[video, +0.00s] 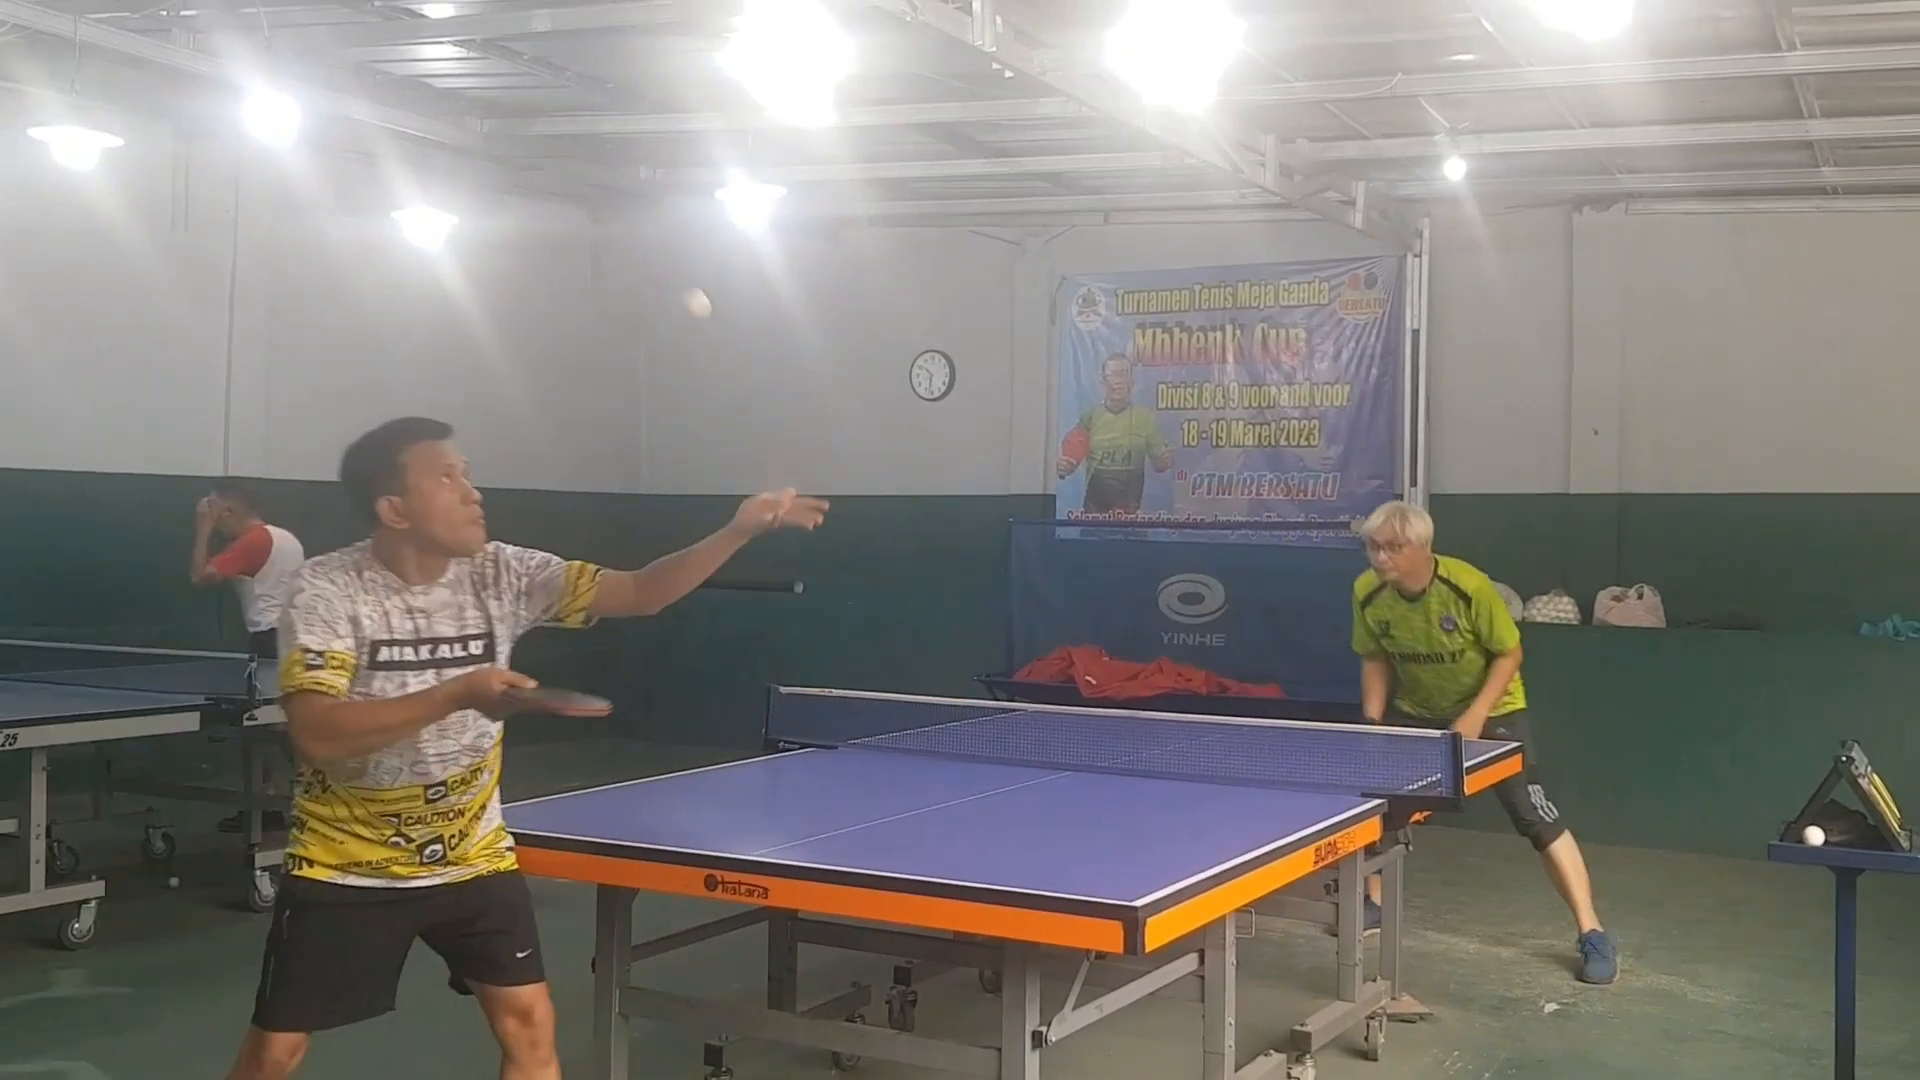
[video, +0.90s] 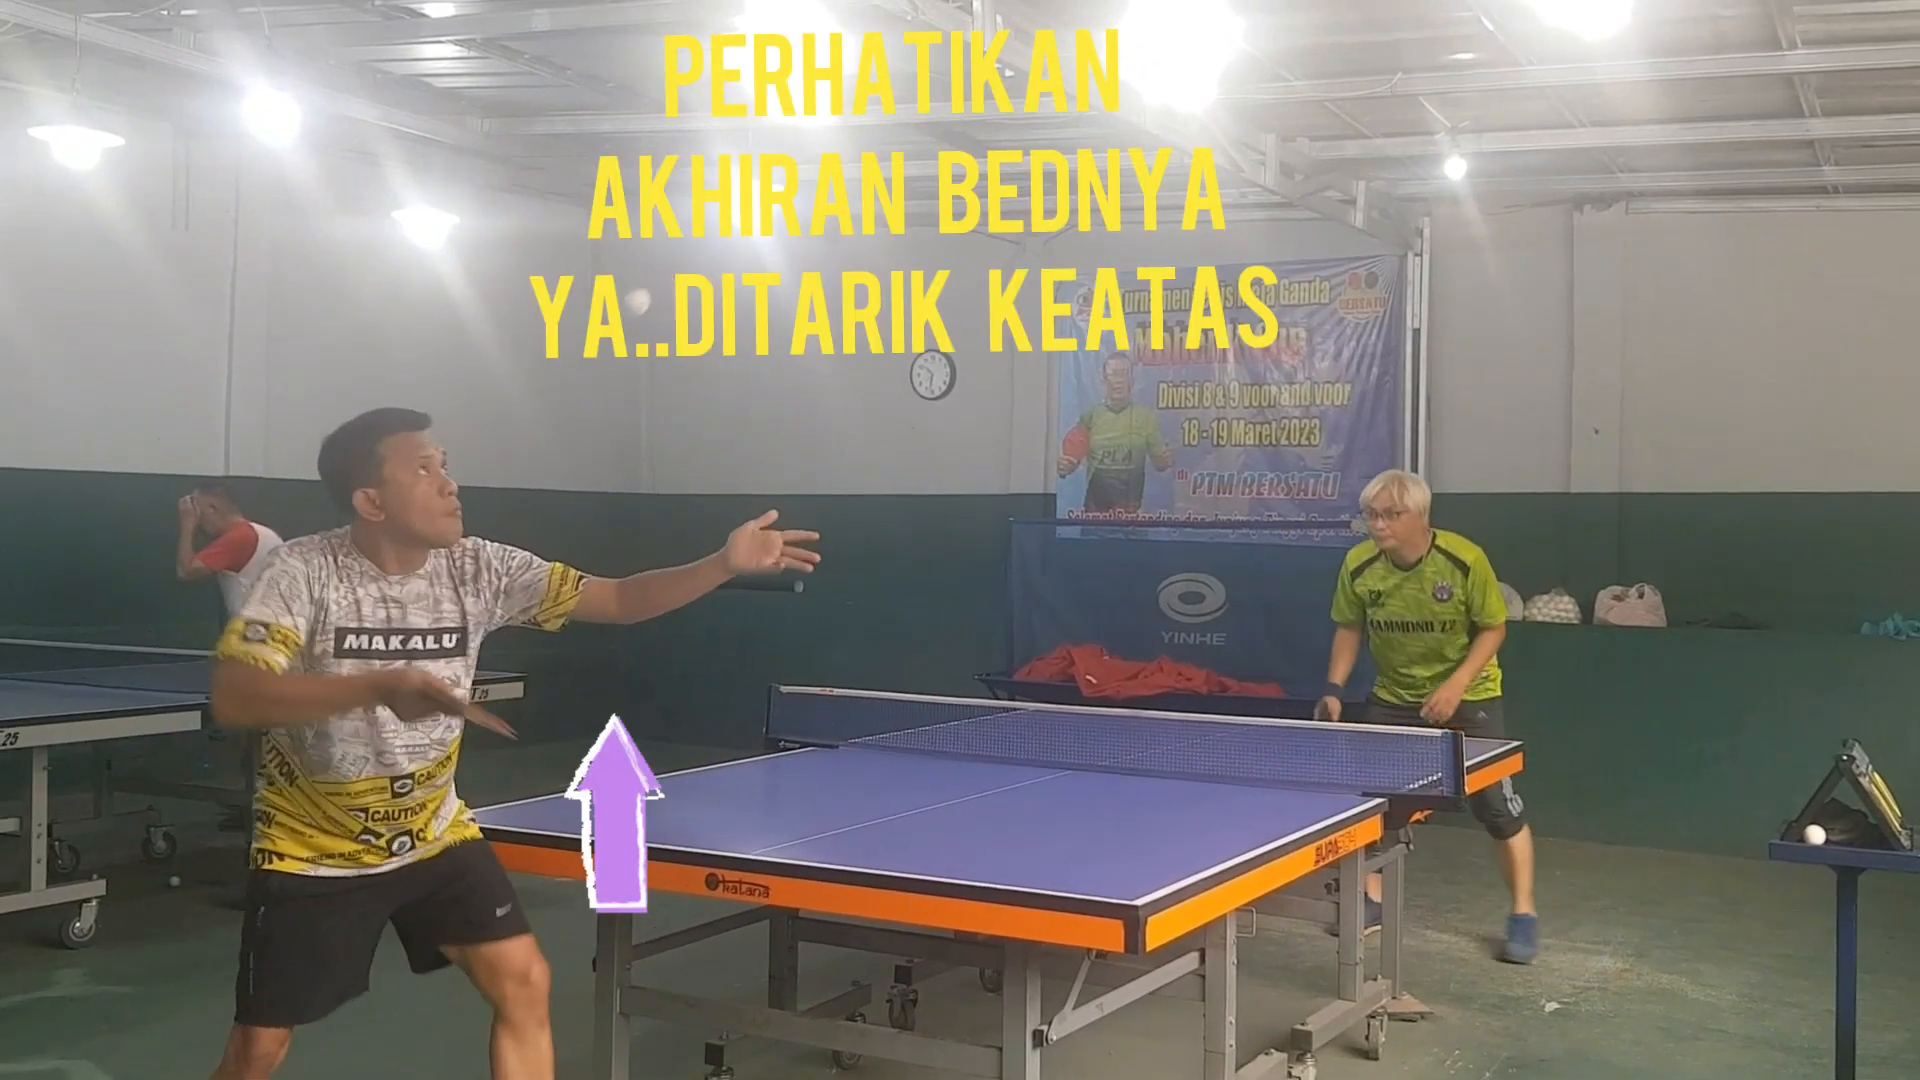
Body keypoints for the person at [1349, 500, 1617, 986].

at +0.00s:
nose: (1378, 557)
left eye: (1389, 548)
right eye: (1373, 548)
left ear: (1419, 547)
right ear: (1369, 550)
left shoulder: (1466, 586)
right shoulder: (1368, 592)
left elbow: (1509, 652)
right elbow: (1374, 658)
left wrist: (1477, 713)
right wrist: (1371, 723)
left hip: (1493, 710)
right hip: (1414, 714)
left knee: (1533, 812)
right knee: (1375, 806)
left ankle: (1591, 932)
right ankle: (1372, 904)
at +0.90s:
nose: (1376, 525)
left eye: (1387, 515)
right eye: (1370, 515)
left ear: (1419, 517)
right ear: (1366, 518)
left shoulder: (1465, 560)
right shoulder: (1357, 566)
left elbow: (1493, 628)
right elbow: (1349, 627)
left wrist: (1456, 684)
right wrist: (1333, 689)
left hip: (1469, 698)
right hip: (1393, 698)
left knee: (1498, 802)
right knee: (1367, 796)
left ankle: (1523, 913)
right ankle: (1369, 898)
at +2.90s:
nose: (1347, 528)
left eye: (1359, 518)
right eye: (1342, 518)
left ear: (1389, 518)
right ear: (1338, 520)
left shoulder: (1435, 563)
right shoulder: (1331, 570)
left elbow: (1470, 631)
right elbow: (1316, 636)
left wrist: (1438, 676)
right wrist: (1287, 672)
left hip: (1440, 704)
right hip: (1362, 705)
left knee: (1485, 800)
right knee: (1317, 786)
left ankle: (1528, 908)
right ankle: (1311, 896)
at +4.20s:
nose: (1390, 530)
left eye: (1401, 519)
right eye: (1384, 521)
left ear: (1431, 518)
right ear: (1379, 524)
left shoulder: (1482, 561)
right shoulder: (1376, 574)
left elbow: (1519, 633)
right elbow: (1375, 649)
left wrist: (1480, 664)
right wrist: (1348, 671)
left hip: (1482, 718)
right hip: (1402, 718)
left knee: (1524, 814)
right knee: (1339, 789)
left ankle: (1575, 928)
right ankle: (1314, 894)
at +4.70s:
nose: (1428, 529)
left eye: (1439, 519)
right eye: (1421, 519)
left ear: (1468, 516)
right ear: (1414, 520)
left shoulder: (1518, 555)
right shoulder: (1407, 573)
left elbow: (1556, 626)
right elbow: (1424, 648)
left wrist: (1521, 652)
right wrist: (1411, 668)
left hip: (1511, 710)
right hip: (1433, 711)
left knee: (1546, 821)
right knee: (1366, 796)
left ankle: (1577, 931)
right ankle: (1318, 889)